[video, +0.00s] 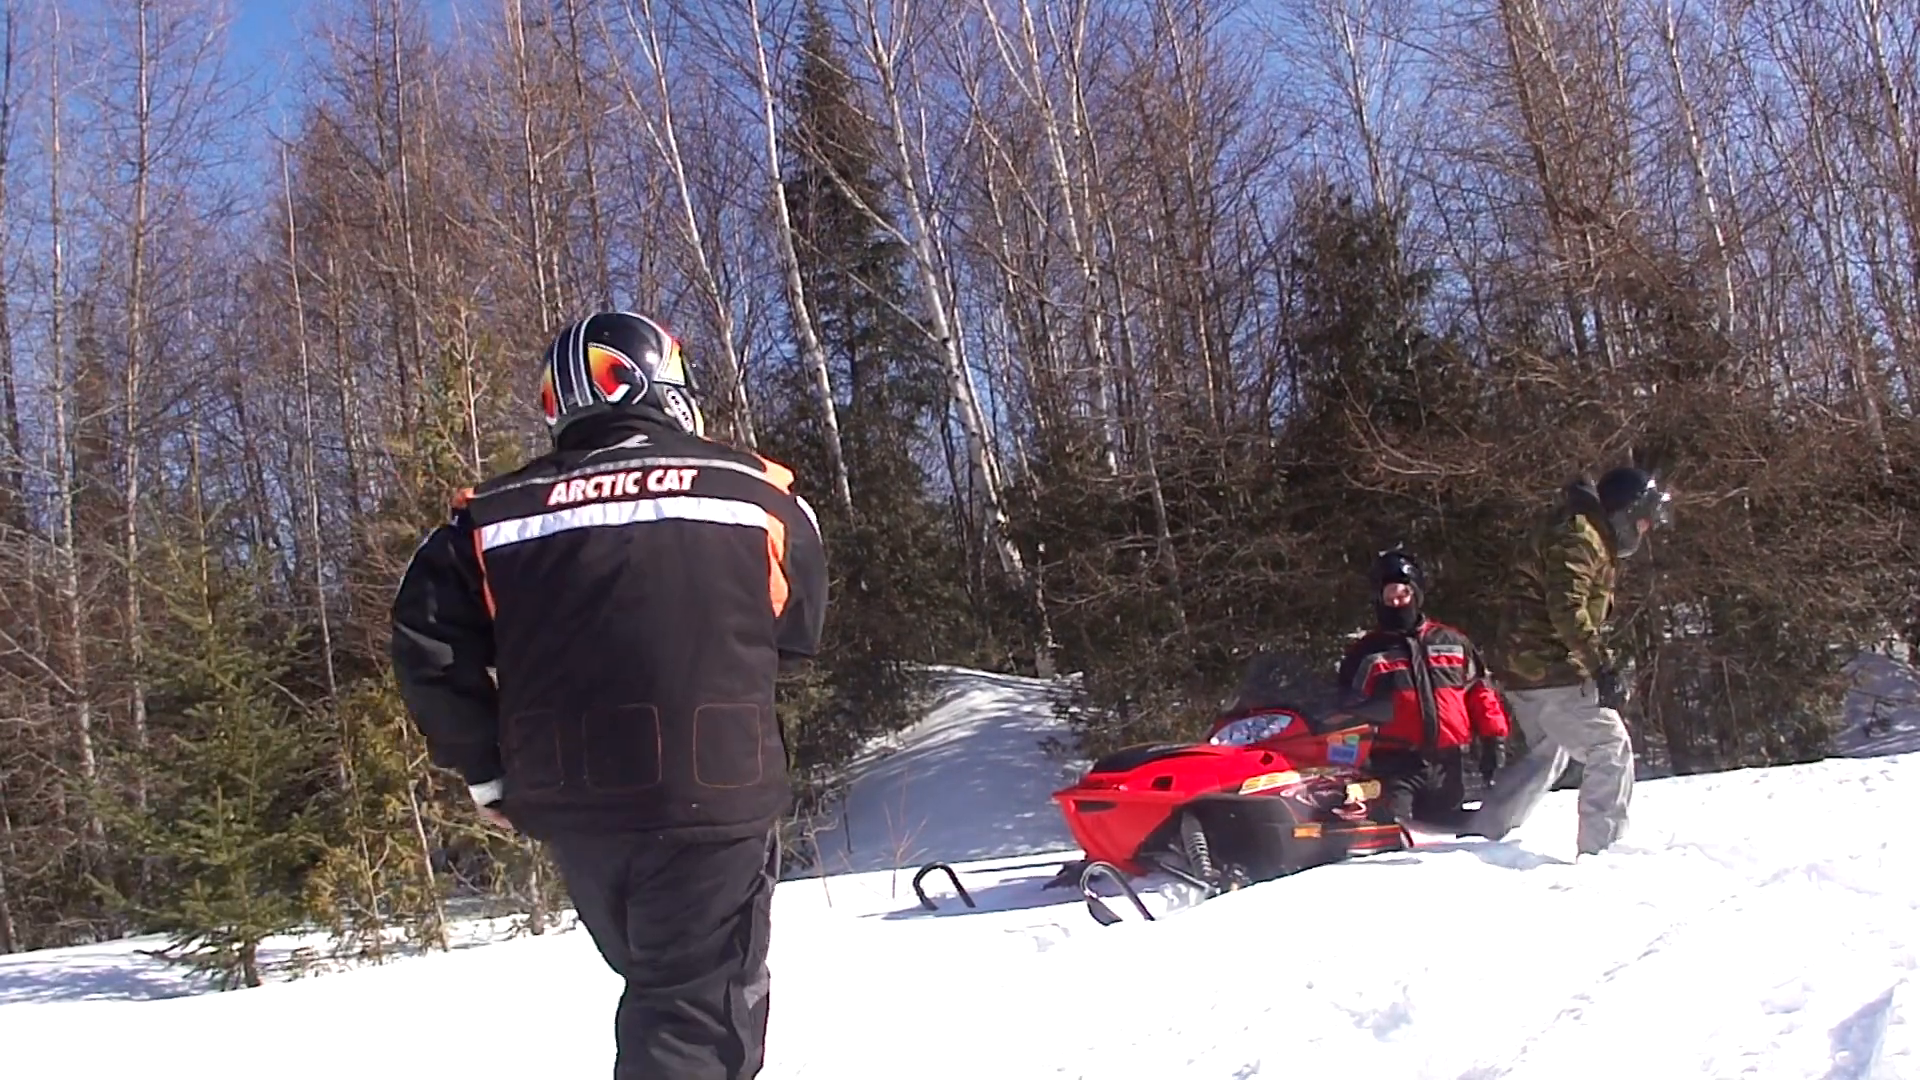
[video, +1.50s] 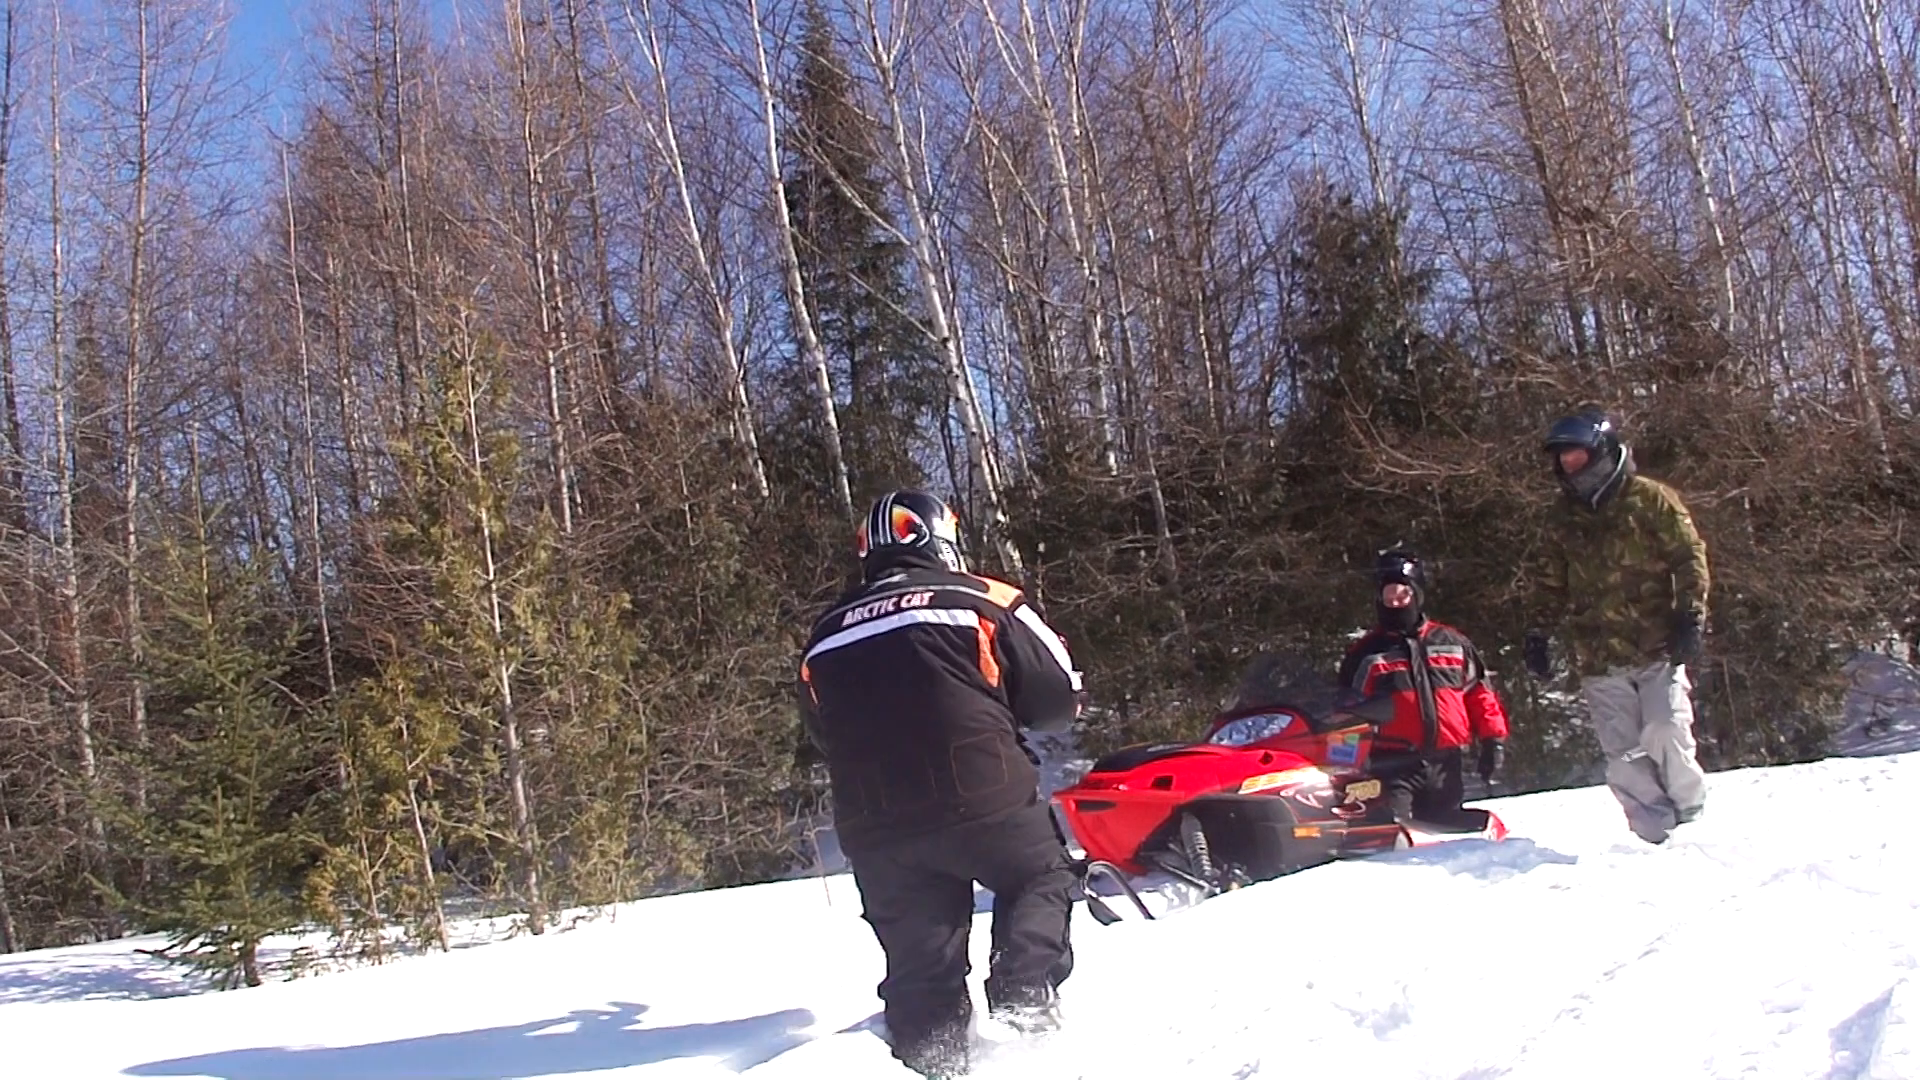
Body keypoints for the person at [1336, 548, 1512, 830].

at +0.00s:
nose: (1398, 602)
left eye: (1404, 593)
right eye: (1391, 595)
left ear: (1417, 595)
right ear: (1378, 599)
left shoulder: (1454, 643)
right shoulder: (1365, 654)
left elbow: (1480, 692)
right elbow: (1346, 714)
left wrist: (1495, 740)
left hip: (1448, 767)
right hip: (1395, 769)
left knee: (1447, 842)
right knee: (1392, 838)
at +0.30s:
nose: (1399, 602)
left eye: (1405, 593)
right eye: (1392, 595)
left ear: (1419, 594)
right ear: (1380, 599)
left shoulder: (1455, 643)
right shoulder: (1366, 653)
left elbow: (1480, 692)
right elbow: (1346, 711)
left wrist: (1494, 738)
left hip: (1448, 761)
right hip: (1395, 763)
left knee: (1442, 820)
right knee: (1393, 821)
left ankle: (1488, 825)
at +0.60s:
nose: (1398, 602)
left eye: (1405, 594)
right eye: (1391, 595)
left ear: (1418, 595)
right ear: (1379, 599)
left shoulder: (1454, 643)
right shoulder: (1365, 654)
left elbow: (1480, 692)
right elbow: (1346, 713)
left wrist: (1493, 738)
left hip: (1448, 764)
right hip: (1394, 766)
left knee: (1444, 823)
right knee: (1391, 826)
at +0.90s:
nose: (1398, 602)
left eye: (1404, 594)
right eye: (1391, 595)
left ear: (1418, 594)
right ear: (1379, 599)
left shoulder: (1454, 643)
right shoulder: (1365, 653)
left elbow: (1480, 692)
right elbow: (1346, 713)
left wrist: (1493, 738)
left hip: (1448, 764)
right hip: (1394, 767)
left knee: (1443, 828)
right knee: (1393, 829)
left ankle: (1486, 824)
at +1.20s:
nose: (1398, 602)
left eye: (1404, 594)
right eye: (1390, 595)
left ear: (1417, 596)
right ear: (1379, 600)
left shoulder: (1454, 643)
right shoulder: (1365, 653)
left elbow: (1479, 692)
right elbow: (1346, 712)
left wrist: (1492, 738)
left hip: (1447, 763)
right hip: (1394, 765)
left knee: (1442, 830)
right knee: (1392, 830)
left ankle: (1486, 824)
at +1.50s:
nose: (1396, 602)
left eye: (1404, 593)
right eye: (1389, 594)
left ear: (1419, 595)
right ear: (1379, 598)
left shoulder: (1454, 644)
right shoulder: (1364, 653)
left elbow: (1479, 693)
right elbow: (1346, 712)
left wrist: (1493, 739)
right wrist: (1346, 766)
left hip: (1445, 764)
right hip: (1392, 766)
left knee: (1443, 827)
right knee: (1390, 827)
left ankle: (1488, 825)